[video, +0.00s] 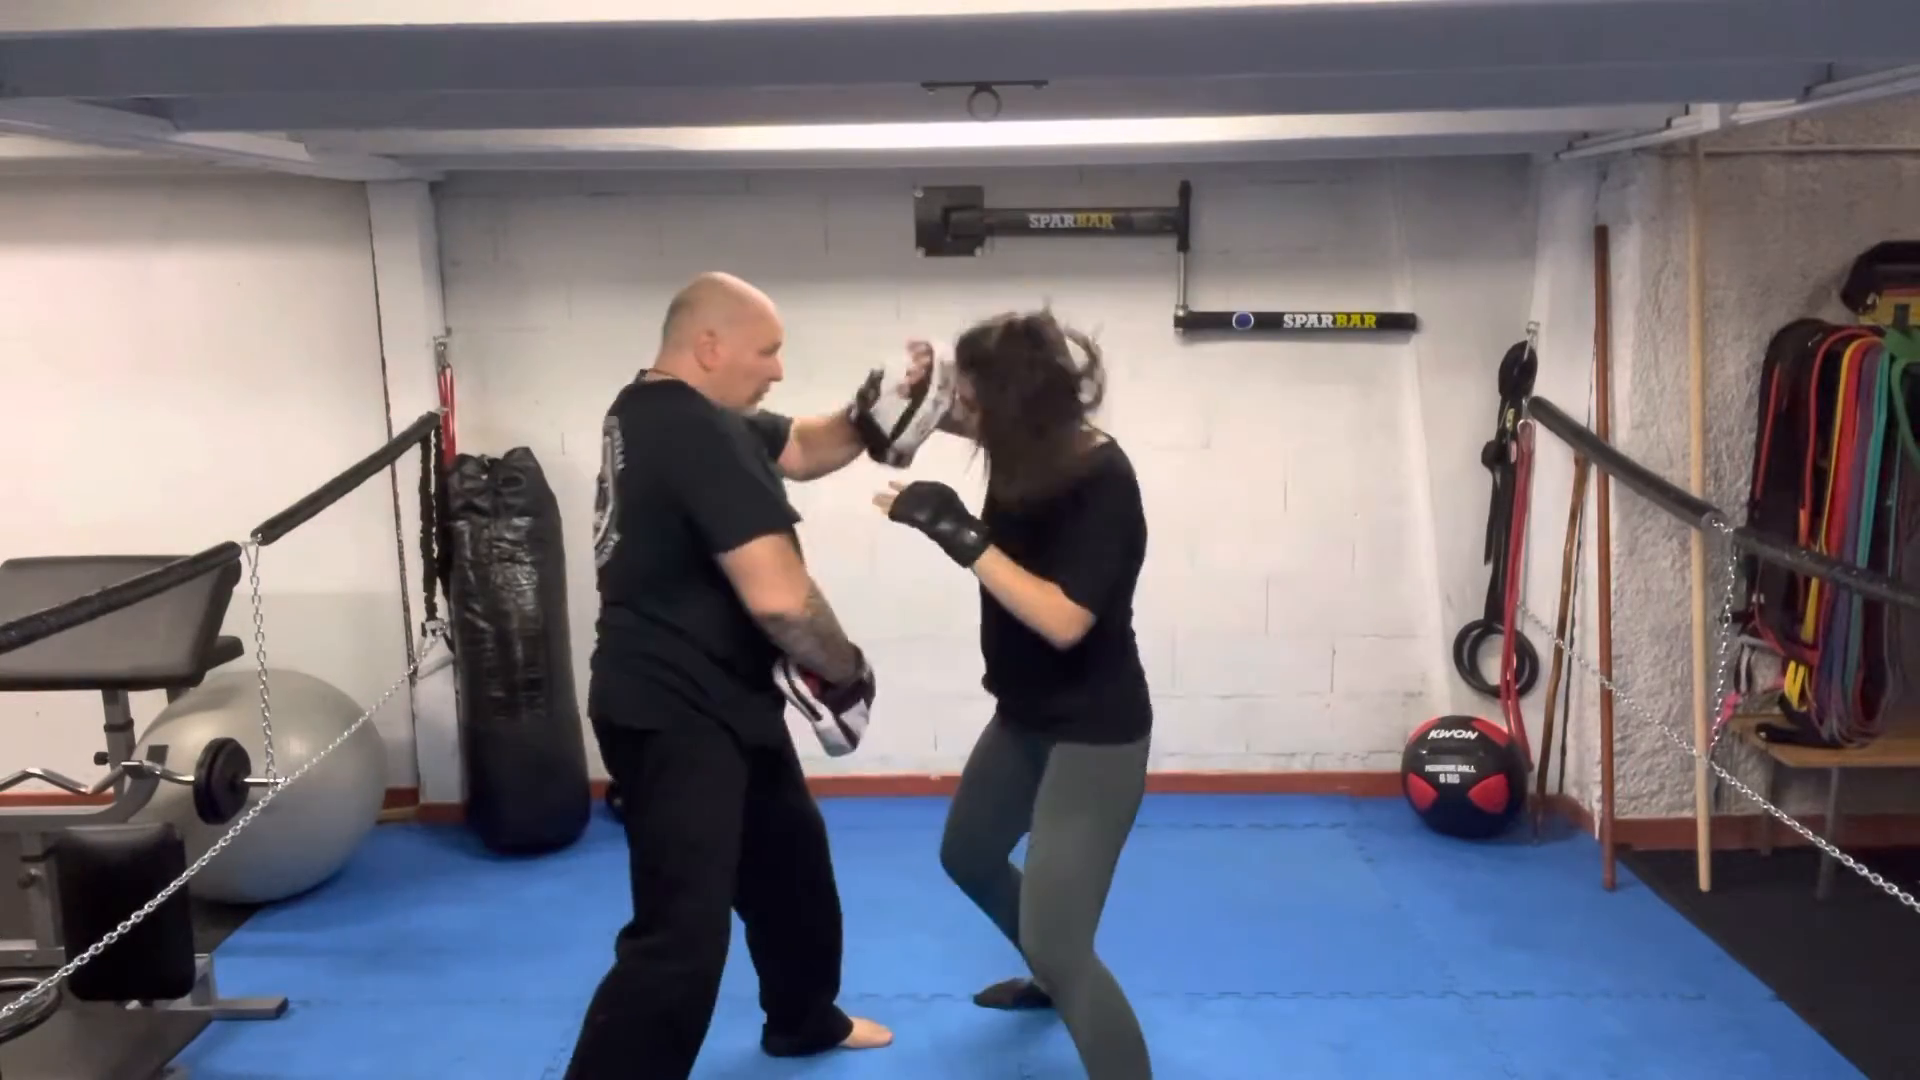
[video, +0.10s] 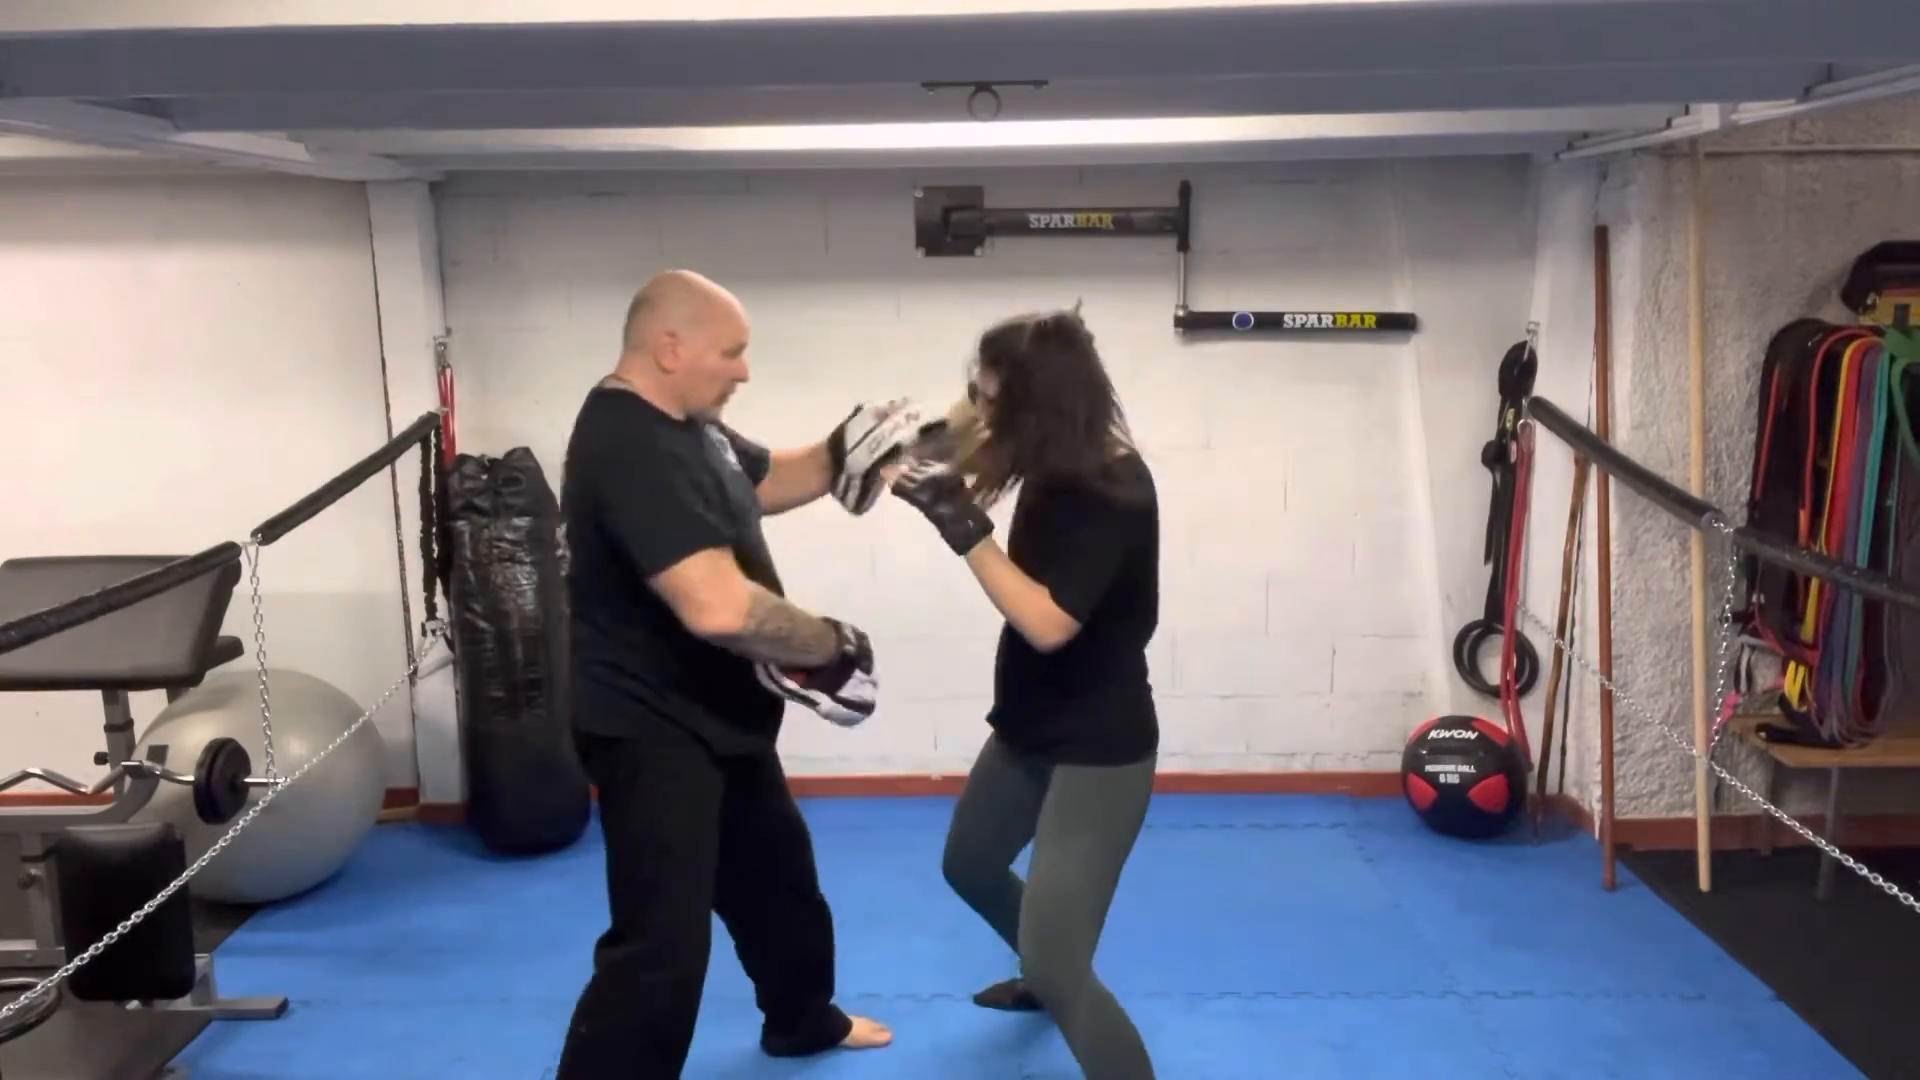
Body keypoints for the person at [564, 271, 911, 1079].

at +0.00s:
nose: (777, 369)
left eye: (777, 352)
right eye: (765, 351)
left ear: (699, 349)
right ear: (706, 347)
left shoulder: (681, 411)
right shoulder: (693, 427)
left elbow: (806, 445)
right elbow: (780, 601)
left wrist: (891, 402)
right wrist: (846, 677)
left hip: (725, 702)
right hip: (673, 711)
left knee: (790, 864)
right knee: (681, 938)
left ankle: (802, 1020)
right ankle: (608, 1076)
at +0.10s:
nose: (743, 372)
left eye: (743, 354)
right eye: (731, 353)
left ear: (669, 349)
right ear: (668, 347)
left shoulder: (684, 429)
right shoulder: (627, 440)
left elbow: (769, 481)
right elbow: (717, 606)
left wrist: (859, 442)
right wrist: (833, 642)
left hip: (722, 722)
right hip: (650, 730)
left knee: (776, 883)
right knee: (660, 946)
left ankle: (801, 1021)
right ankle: (605, 1073)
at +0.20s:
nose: (718, 374)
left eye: (719, 355)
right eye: (705, 355)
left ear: (643, 350)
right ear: (639, 350)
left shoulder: (658, 422)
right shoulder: (583, 455)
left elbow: (709, 515)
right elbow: (634, 626)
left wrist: (805, 494)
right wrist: (784, 634)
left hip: (707, 727)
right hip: (631, 742)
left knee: (751, 892)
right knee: (638, 952)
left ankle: (797, 1021)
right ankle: (605, 1074)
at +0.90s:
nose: (743, 403)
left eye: (747, 386)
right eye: (735, 383)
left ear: (682, 370)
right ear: (675, 366)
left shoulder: (682, 439)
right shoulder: (565, 420)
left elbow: (681, 559)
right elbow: (554, 568)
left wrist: (767, 552)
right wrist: (709, 553)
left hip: (646, 713)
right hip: (545, 716)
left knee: (677, 875)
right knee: (536, 915)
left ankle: (694, 1032)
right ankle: (513, 1073)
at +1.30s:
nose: (625, 410)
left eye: (628, 391)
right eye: (612, 391)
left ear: (555, 382)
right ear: (544, 380)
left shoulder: (588, 447)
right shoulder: (438, 460)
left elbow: (610, 549)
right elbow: (461, 617)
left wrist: (681, 564)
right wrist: (622, 586)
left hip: (592, 730)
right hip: (477, 747)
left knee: (660, 863)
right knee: (451, 945)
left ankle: (694, 1030)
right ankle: (411, 1074)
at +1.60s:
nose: (607, 406)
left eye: (609, 386)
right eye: (591, 387)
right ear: (524, 377)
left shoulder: (583, 435)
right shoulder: (420, 444)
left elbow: (653, 489)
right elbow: (416, 586)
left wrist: (721, 473)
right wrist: (574, 544)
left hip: (586, 734)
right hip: (473, 750)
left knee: (649, 866)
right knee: (445, 951)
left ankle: (693, 1028)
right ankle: (407, 1071)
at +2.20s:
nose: (586, 397)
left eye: (597, 381)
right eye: (573, 378)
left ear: (604, 384)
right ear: (516, 372)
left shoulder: (592, 434)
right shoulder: (433, 416)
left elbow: (684, 459)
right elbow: (439, 480)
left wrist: (758, 393)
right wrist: (561, 413)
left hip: (589, 732)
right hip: (472, 746)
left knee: (652, 880)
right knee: (455, 952)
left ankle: (697, 1031)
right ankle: (411, 1076)